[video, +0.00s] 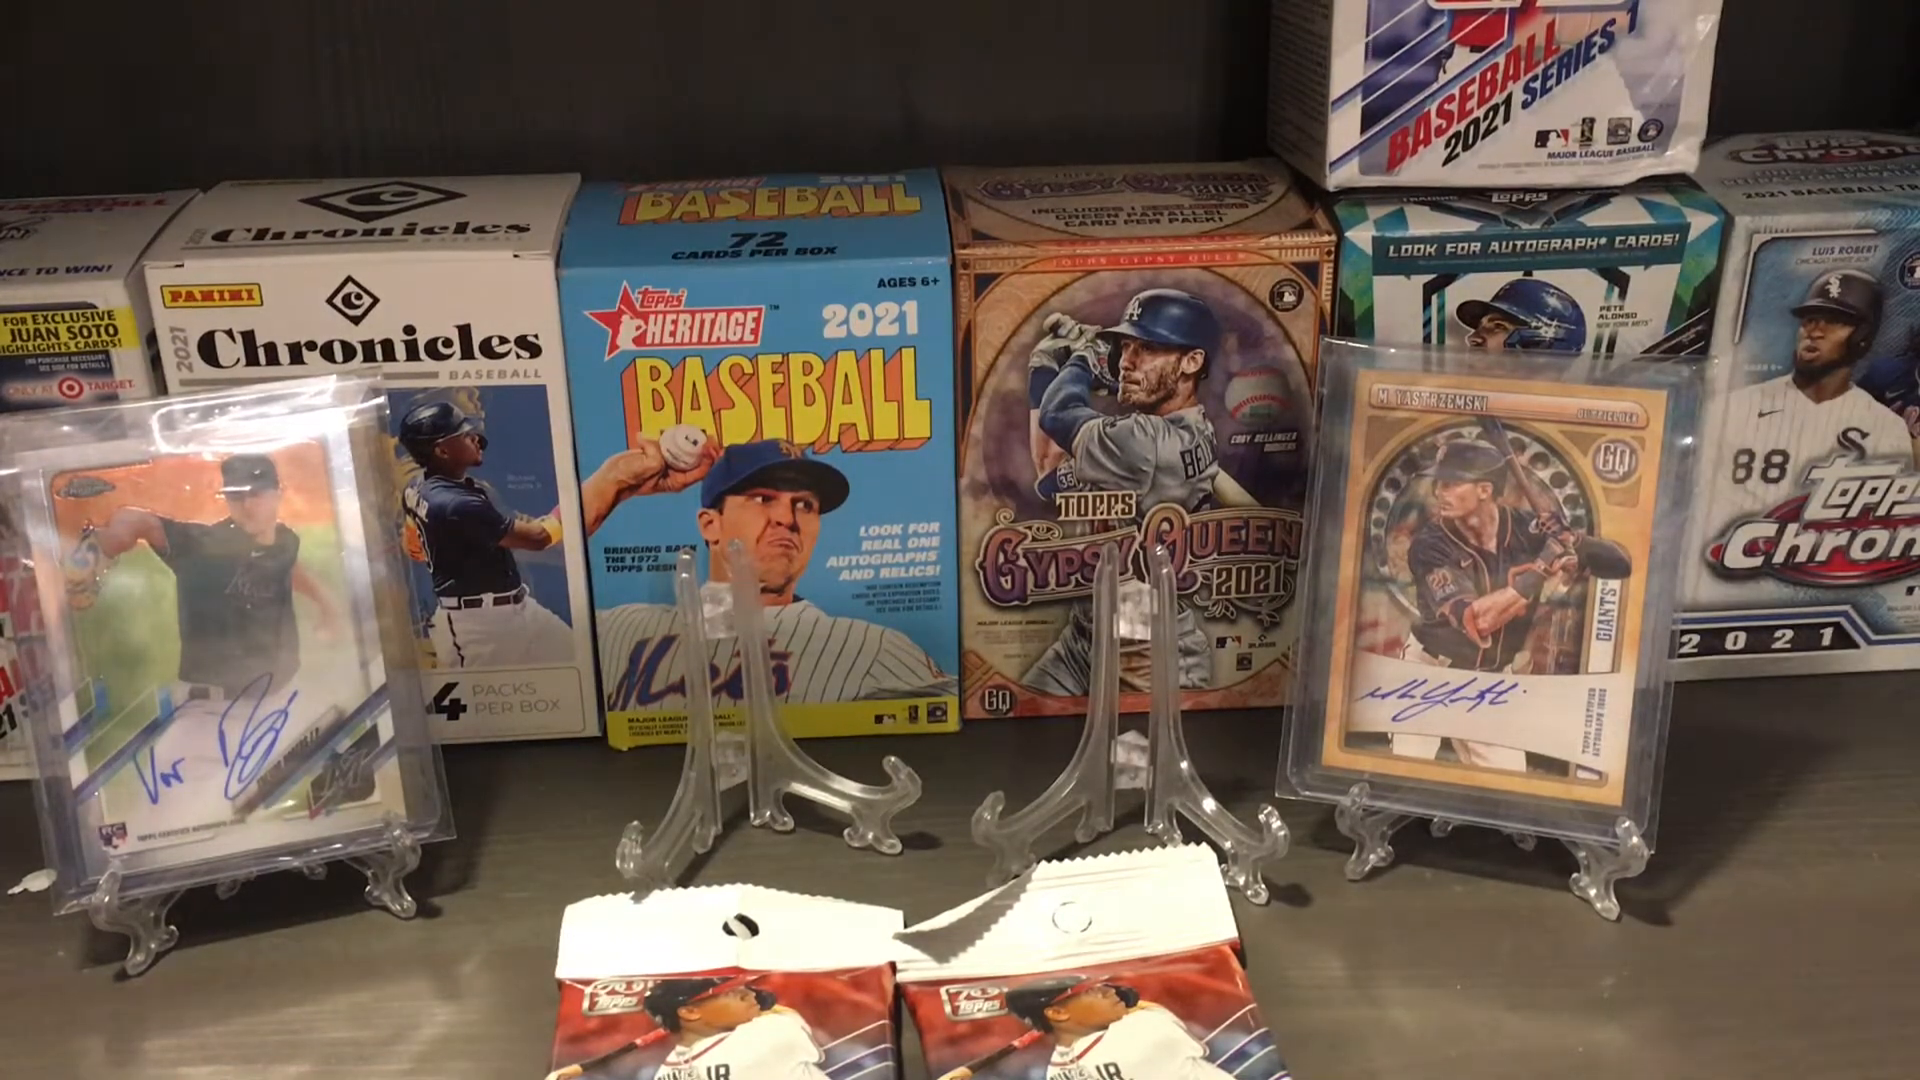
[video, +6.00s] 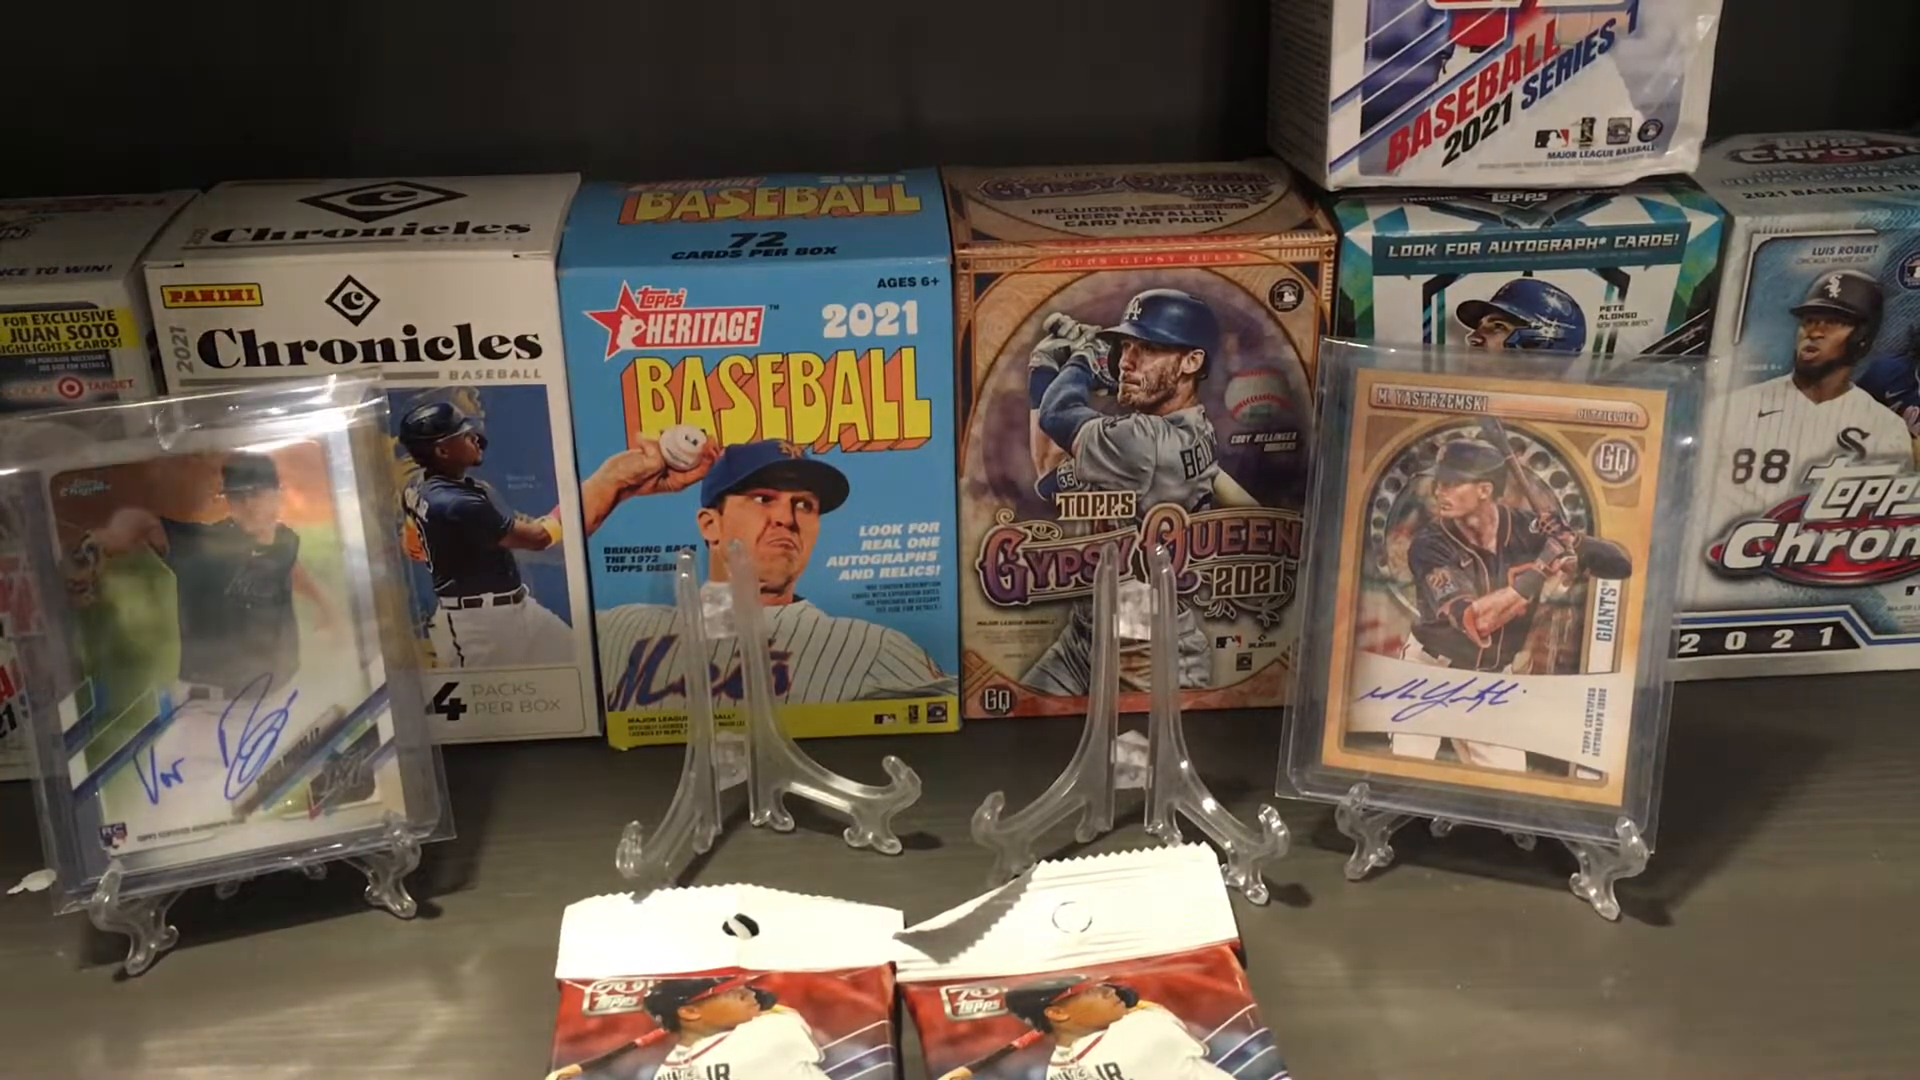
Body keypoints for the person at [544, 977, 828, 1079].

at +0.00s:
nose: (744, 993)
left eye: (734, 986)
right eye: (726, 993)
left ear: (690, 1015)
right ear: (691, 1014)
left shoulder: (666, 1072)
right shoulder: (778, 1034)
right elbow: (780, 1008)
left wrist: (579, 1071)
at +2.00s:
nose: (746, 994)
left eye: (739, 987)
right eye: (730, 994)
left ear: (689, 1015)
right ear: (692, 1015)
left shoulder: (665, 1071)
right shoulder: (778, 1034)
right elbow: (779, 1008)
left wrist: (578, 1072)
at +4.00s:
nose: (743, 992)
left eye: (733, 986)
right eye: (725, 993)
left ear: (690, 1014)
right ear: (691, 1014)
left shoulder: (665, 1071)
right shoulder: (778, 1032)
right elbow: (779, 1007)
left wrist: (578, 1071)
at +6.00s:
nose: (743, 993)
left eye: (732, 987)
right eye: (725, 993)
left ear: (690, 1015)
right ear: (691, 1014)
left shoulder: (667, 1071)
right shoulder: (778, 1033)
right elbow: (779, 1008)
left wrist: (578, 1071)